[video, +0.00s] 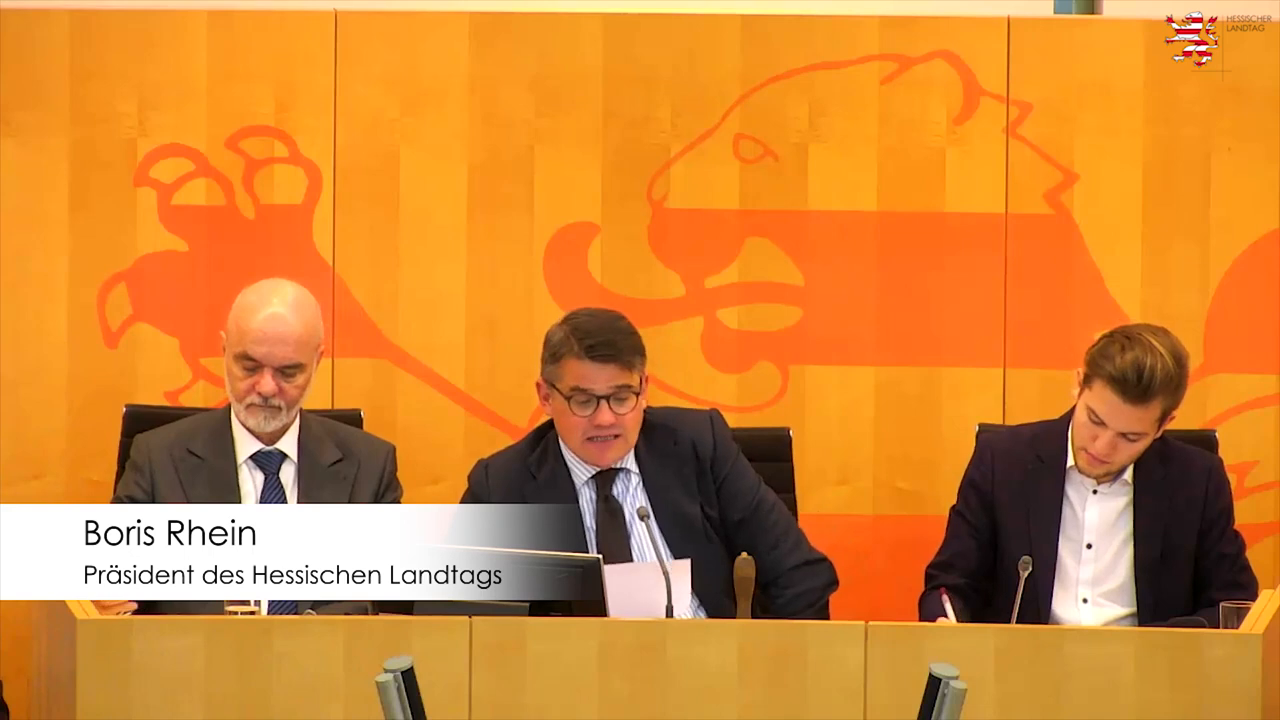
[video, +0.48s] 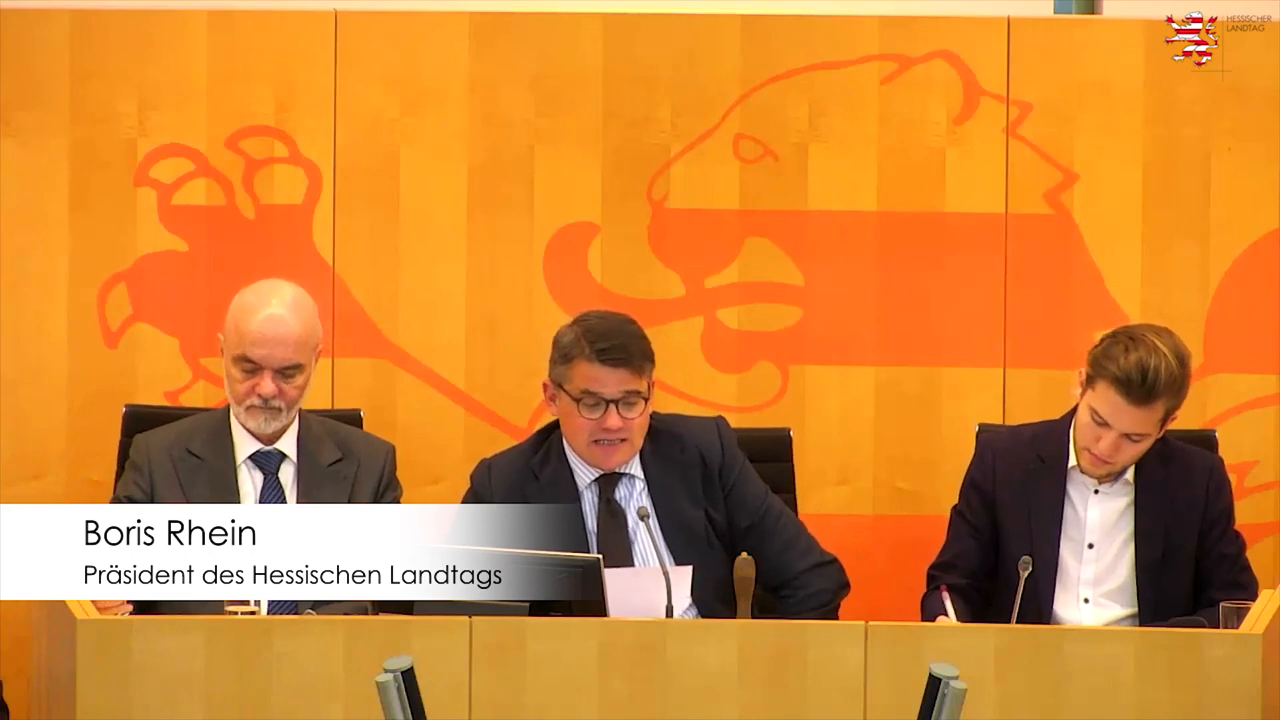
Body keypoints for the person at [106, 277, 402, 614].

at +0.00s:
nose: (266, 389)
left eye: (288, 372)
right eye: (249, 366)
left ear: (318, 360)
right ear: (224, 350)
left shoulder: (371, 463)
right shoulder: (155, 458)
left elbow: (392, 593)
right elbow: (113, 570)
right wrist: (104, 602)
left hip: (327, 669)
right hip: (190, 668)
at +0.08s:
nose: (266, 389)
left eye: (288, 372)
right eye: (250, 366)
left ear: (318, 359)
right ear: (224, 350)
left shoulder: (371, 463)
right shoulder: (156, 458)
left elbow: (396, 597)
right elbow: (115, 567)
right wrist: (105, 599)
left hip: (329, 668)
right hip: (191, 668)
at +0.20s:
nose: (266, 390)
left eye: (288, 372)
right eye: (249, 367)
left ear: (317, 359)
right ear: (224, 350)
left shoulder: (371, 463)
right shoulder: (155, 458)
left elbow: (393, 593)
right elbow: (114, 568)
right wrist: (103, 598)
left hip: (327, 668)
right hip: (189, 668)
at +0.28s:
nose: (266, 390)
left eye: (288, 372)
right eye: (249, 367)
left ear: (316, 360)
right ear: (223, 351)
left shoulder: (370, 463)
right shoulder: (155, 458)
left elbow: (390, 590)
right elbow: (114, 568)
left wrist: (308, 635)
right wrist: (101, 602)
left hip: (326, 668)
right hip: (190, 666)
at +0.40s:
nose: (266, 389)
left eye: (288, 372)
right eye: (249, 367)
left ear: (316, 358)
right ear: (222, 351)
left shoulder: (370, 463)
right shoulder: (154, 458)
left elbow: (390, 592)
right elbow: (114, 568)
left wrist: (309, 631)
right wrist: (106, 604)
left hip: (327, 668)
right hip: (191, 665)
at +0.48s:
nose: (266, 390)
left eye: (288, 373)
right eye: (249, 368)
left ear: (316, 358)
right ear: (222, 351)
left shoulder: (370, 463)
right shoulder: (154, 458)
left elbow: (391, 593)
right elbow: (113, 570)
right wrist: (106, 604)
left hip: (328, 667)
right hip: (191, 665)